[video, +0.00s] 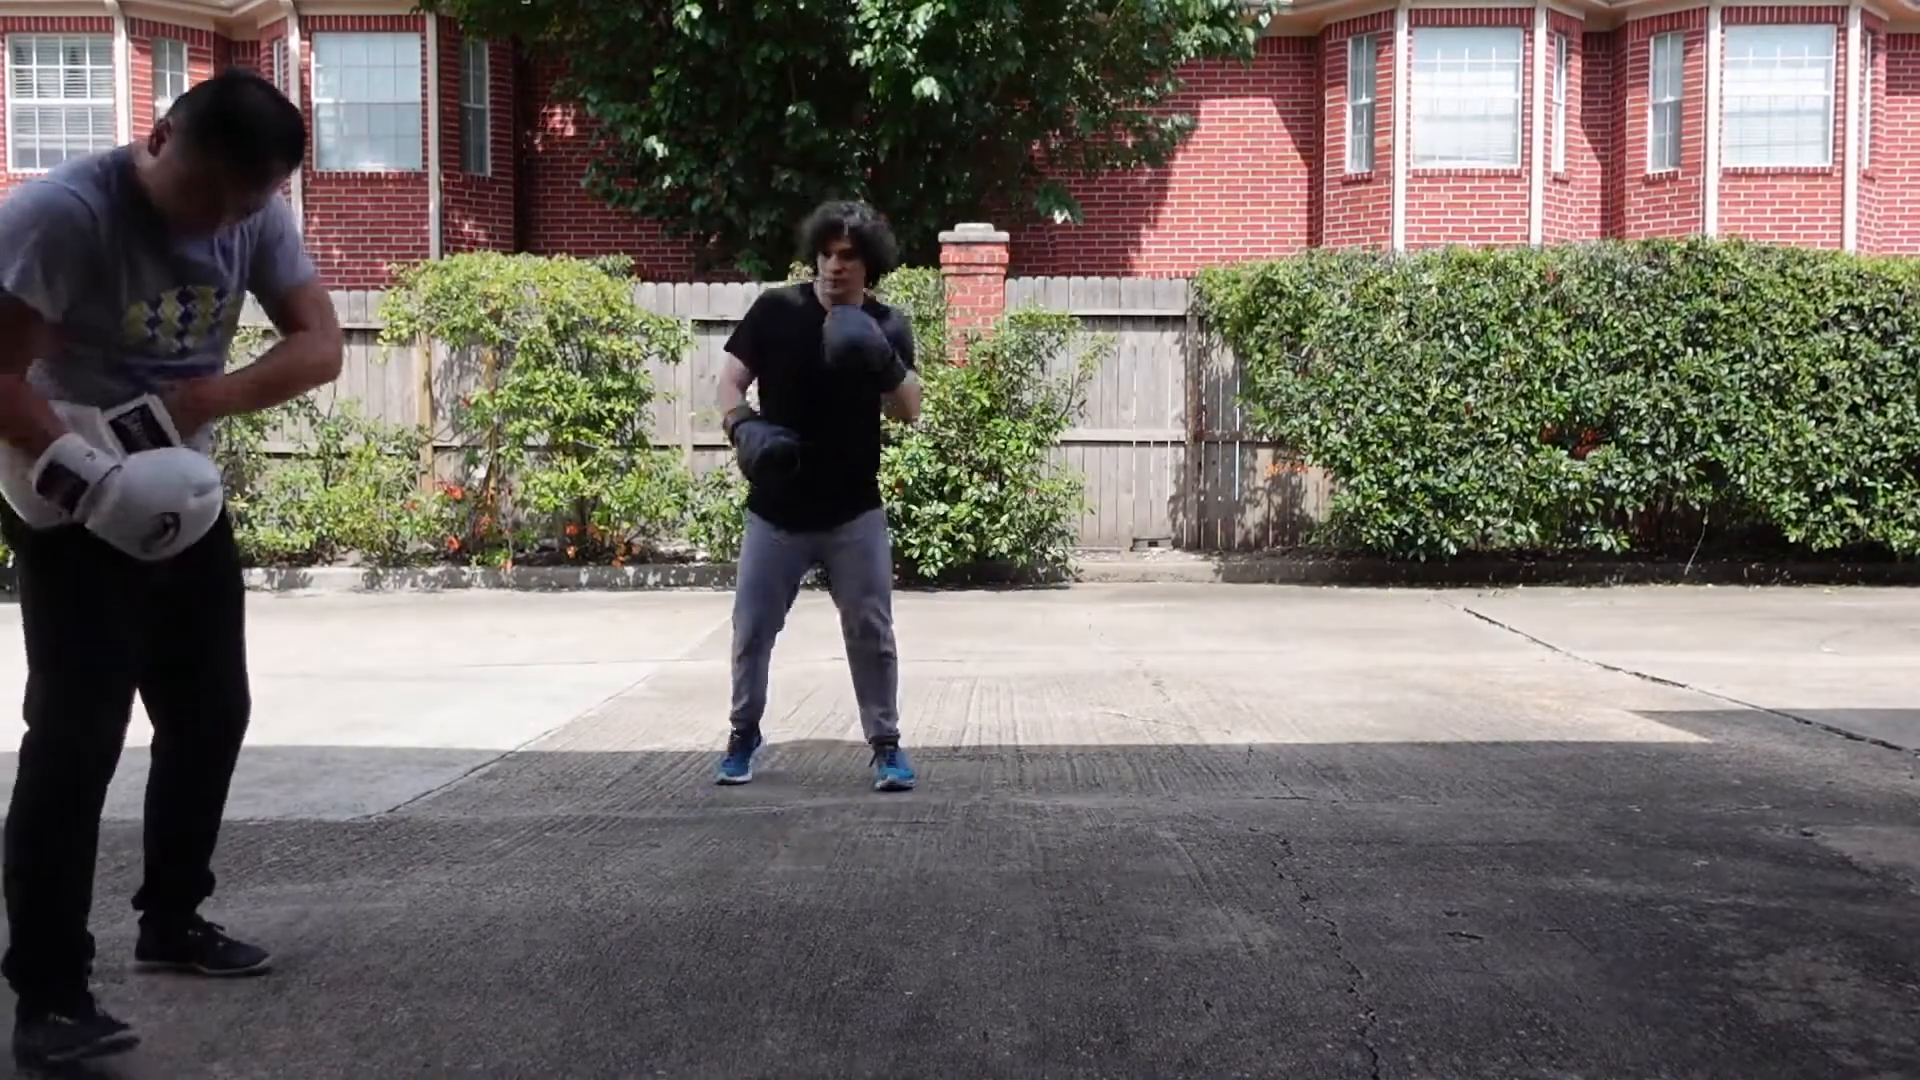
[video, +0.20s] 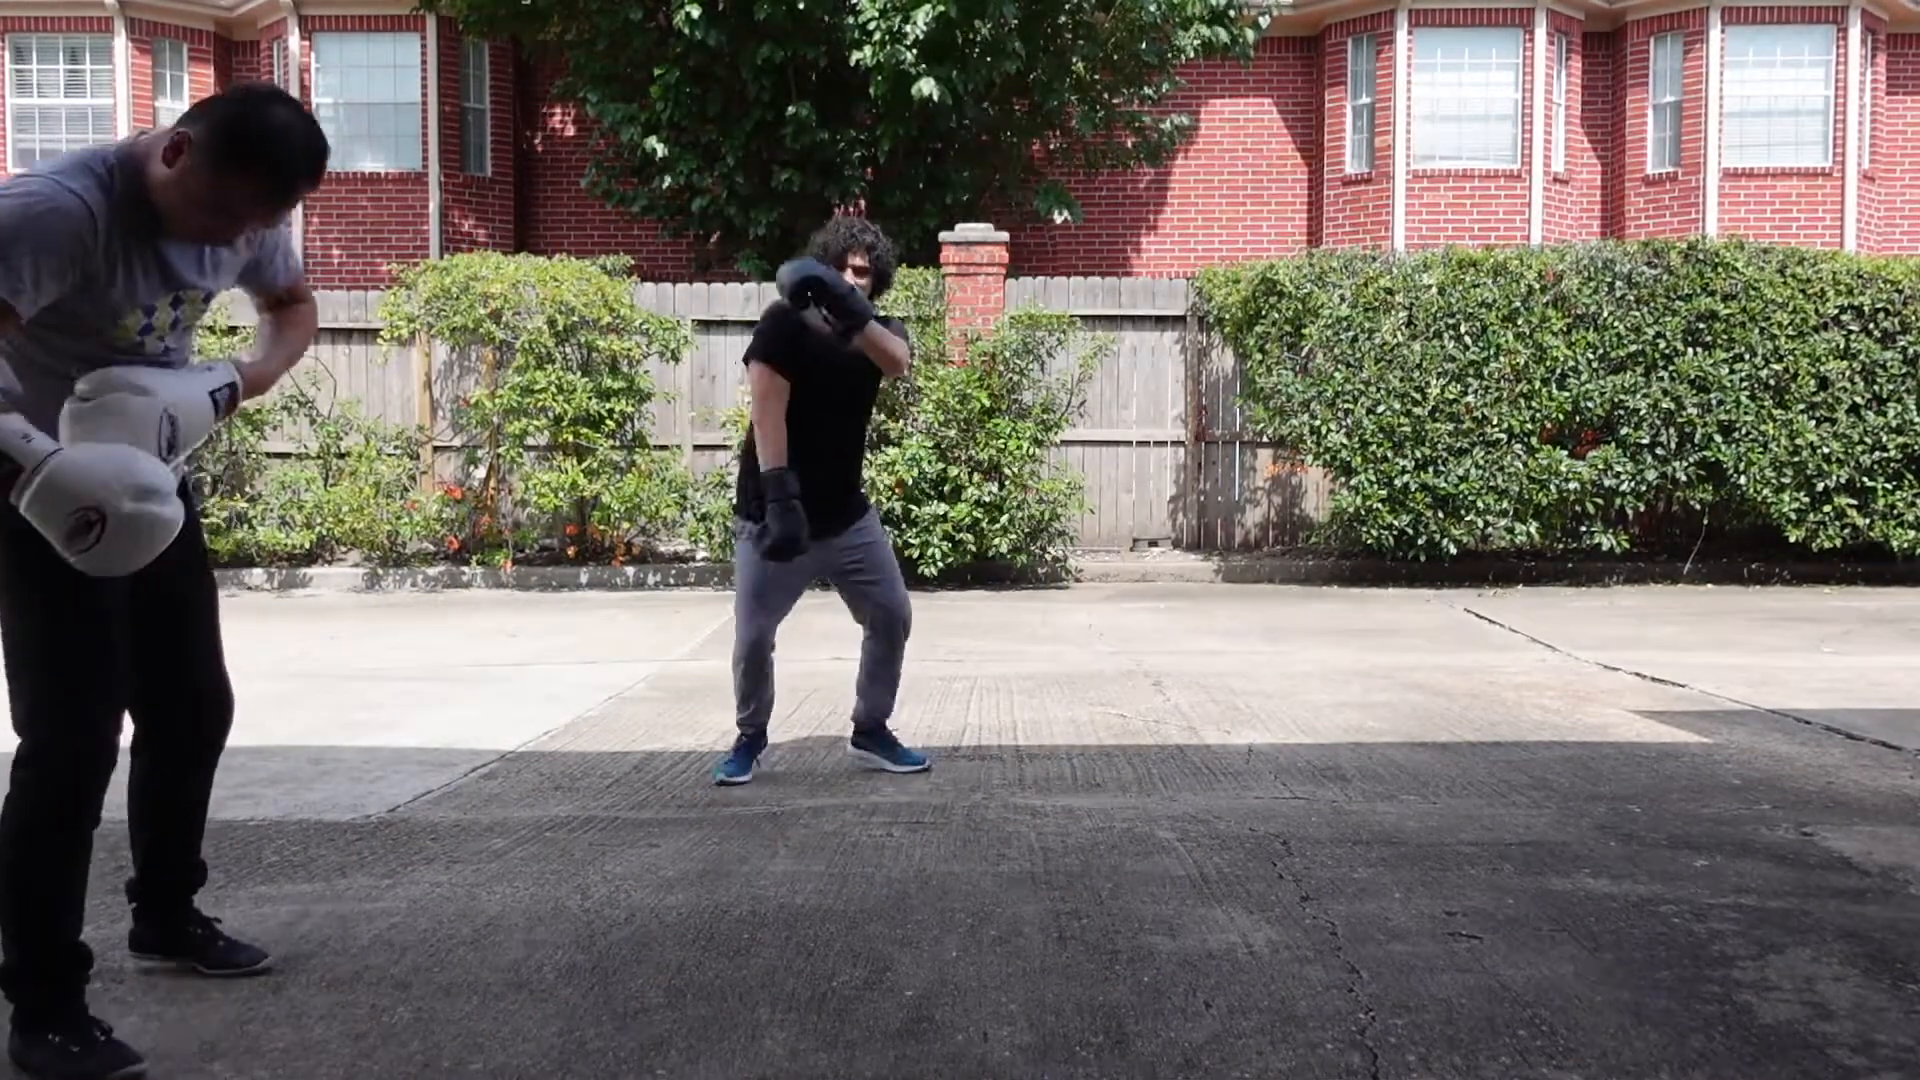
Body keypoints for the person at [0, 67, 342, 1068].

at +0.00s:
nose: (231, 218)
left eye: (249, 202)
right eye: (219, 197)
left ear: (264, 182)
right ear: (169, 143)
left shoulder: (256, 211)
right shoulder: (59, 213)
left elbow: (319, 347)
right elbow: (5, 371)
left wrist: (197, 401)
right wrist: (86, 473)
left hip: (187, 508)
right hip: (70, 514)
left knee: (210, 717)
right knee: (72, 746)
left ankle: (170, 919)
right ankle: (48, 999)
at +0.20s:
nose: (234, 239)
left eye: (252, 222)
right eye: (226, 216)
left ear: (275, 196)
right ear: (175, 154)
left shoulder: (252, 212)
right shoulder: (55, 213)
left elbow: (296, 314)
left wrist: (238, 381)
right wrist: (37, 460)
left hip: (152, 484)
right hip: (37, 487)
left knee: (192, 707)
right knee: (68, 739)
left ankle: (167, 916)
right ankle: (44, 1011)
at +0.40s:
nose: (281, 227)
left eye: (297, 207)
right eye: (279, 202)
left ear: (250, 155)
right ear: (231, 148)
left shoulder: (246, 204)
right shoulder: (83, 202)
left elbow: (268, 311)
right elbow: (0, 352)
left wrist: (209, 370)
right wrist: (90, 429)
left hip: (129, 472)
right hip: (25, 474)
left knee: (176, 705)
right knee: (59, 733)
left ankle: (146, 919)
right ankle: (40, 1008)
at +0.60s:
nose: (351, 209)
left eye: (363, 191)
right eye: (352, 183)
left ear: (293, 145)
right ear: (290, 140)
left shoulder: (249, 215)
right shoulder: (144, 203)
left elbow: (257, 323)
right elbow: (21, 332)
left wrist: (245, 405)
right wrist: (131, 431)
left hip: (126, 479)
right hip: (36, 476)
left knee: (173, 709)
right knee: (63, 732)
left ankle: (164, 937)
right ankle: (40, 1011)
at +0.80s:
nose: (412, 188)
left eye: (421, 164)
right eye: (413, 161)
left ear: (351, 139)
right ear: (362, 142)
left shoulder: (277, 215)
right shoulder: (233, 207)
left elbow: (232, 339)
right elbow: (115, 353)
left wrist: (270, 412)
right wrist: (216, 429)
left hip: (157, 490)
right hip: (88, 489)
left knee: (214, 727)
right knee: (112, 739)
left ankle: (261, 949)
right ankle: (46, 1017)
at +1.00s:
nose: (438, 193)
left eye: (447, 175)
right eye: (446, 169)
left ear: (382, 118)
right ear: (418, 133)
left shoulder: (281, 175)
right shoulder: (311, 197)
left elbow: (255, 350)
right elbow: (273, 360)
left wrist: (345, 411)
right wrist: (354, 430)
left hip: (223, 483)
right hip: (201, 488)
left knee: (293, 713)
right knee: (255, 723)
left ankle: (268, 944)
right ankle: (99, 962)